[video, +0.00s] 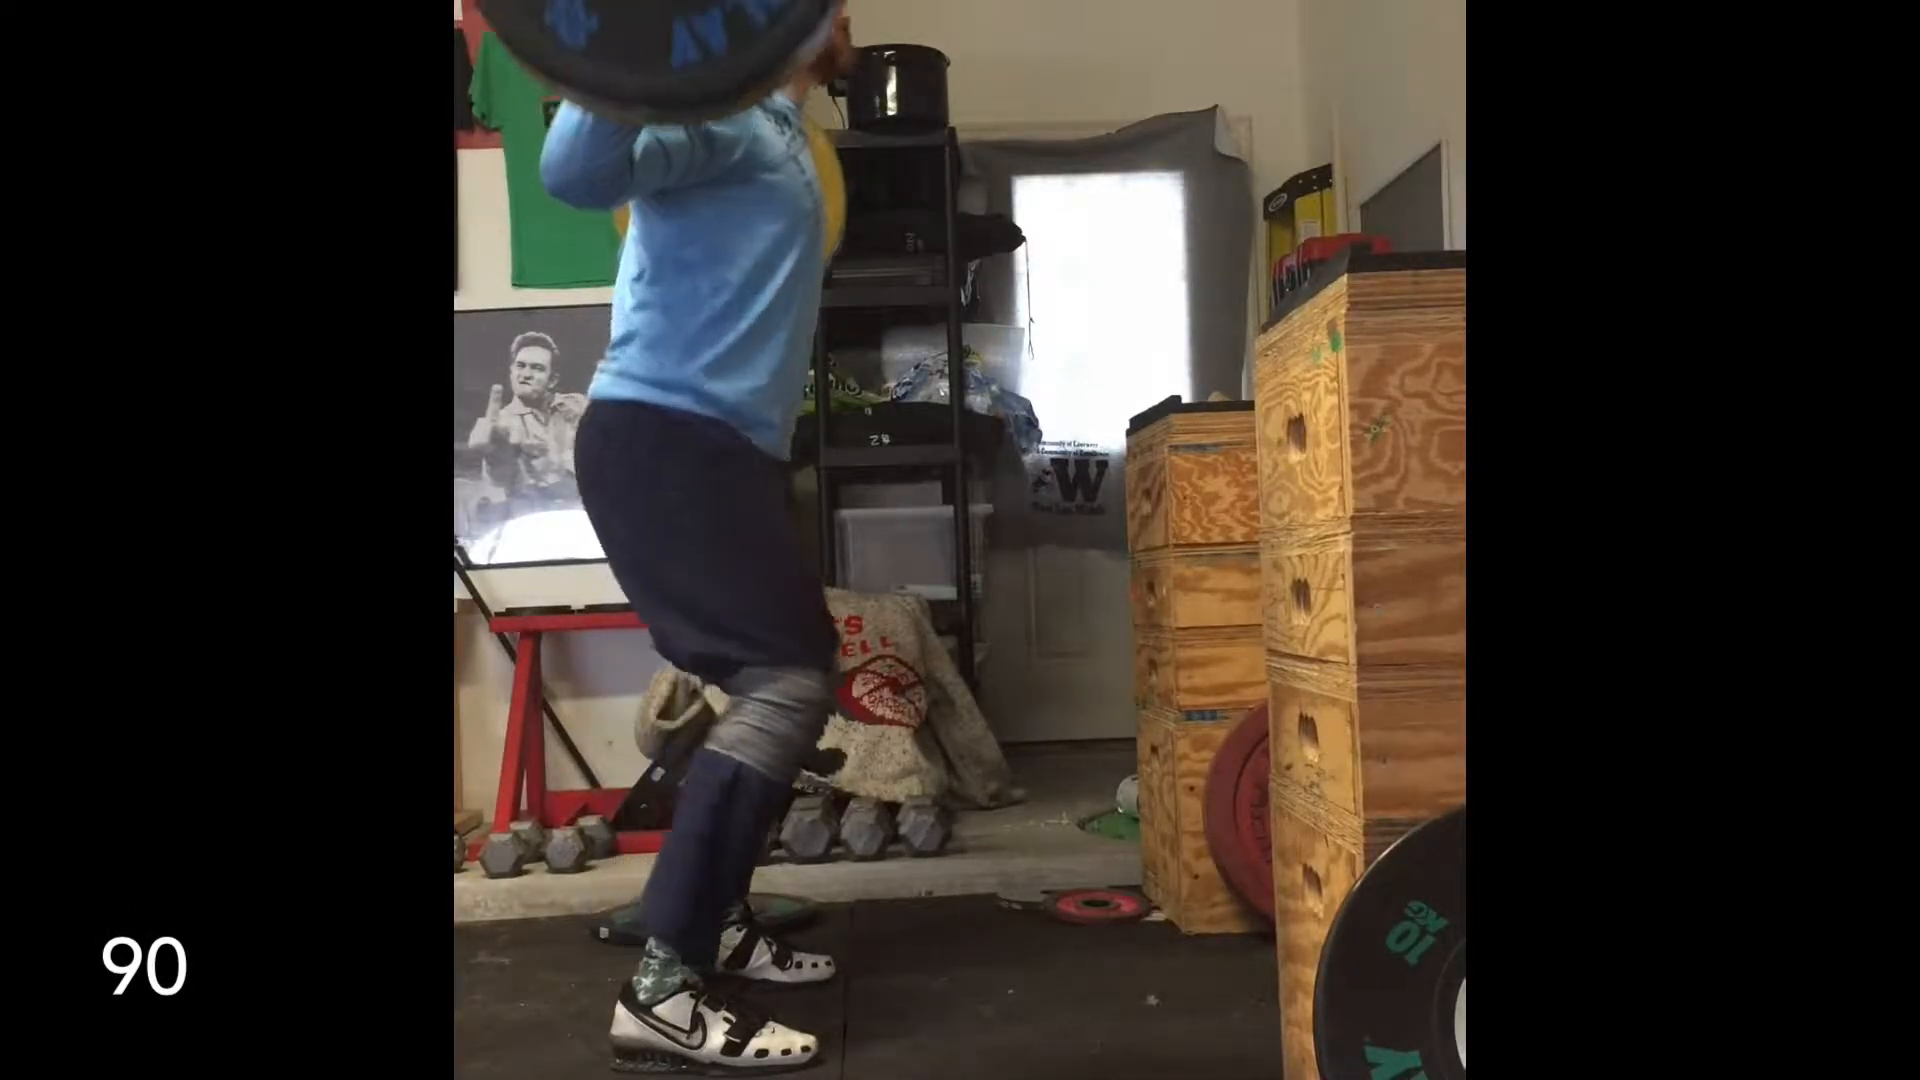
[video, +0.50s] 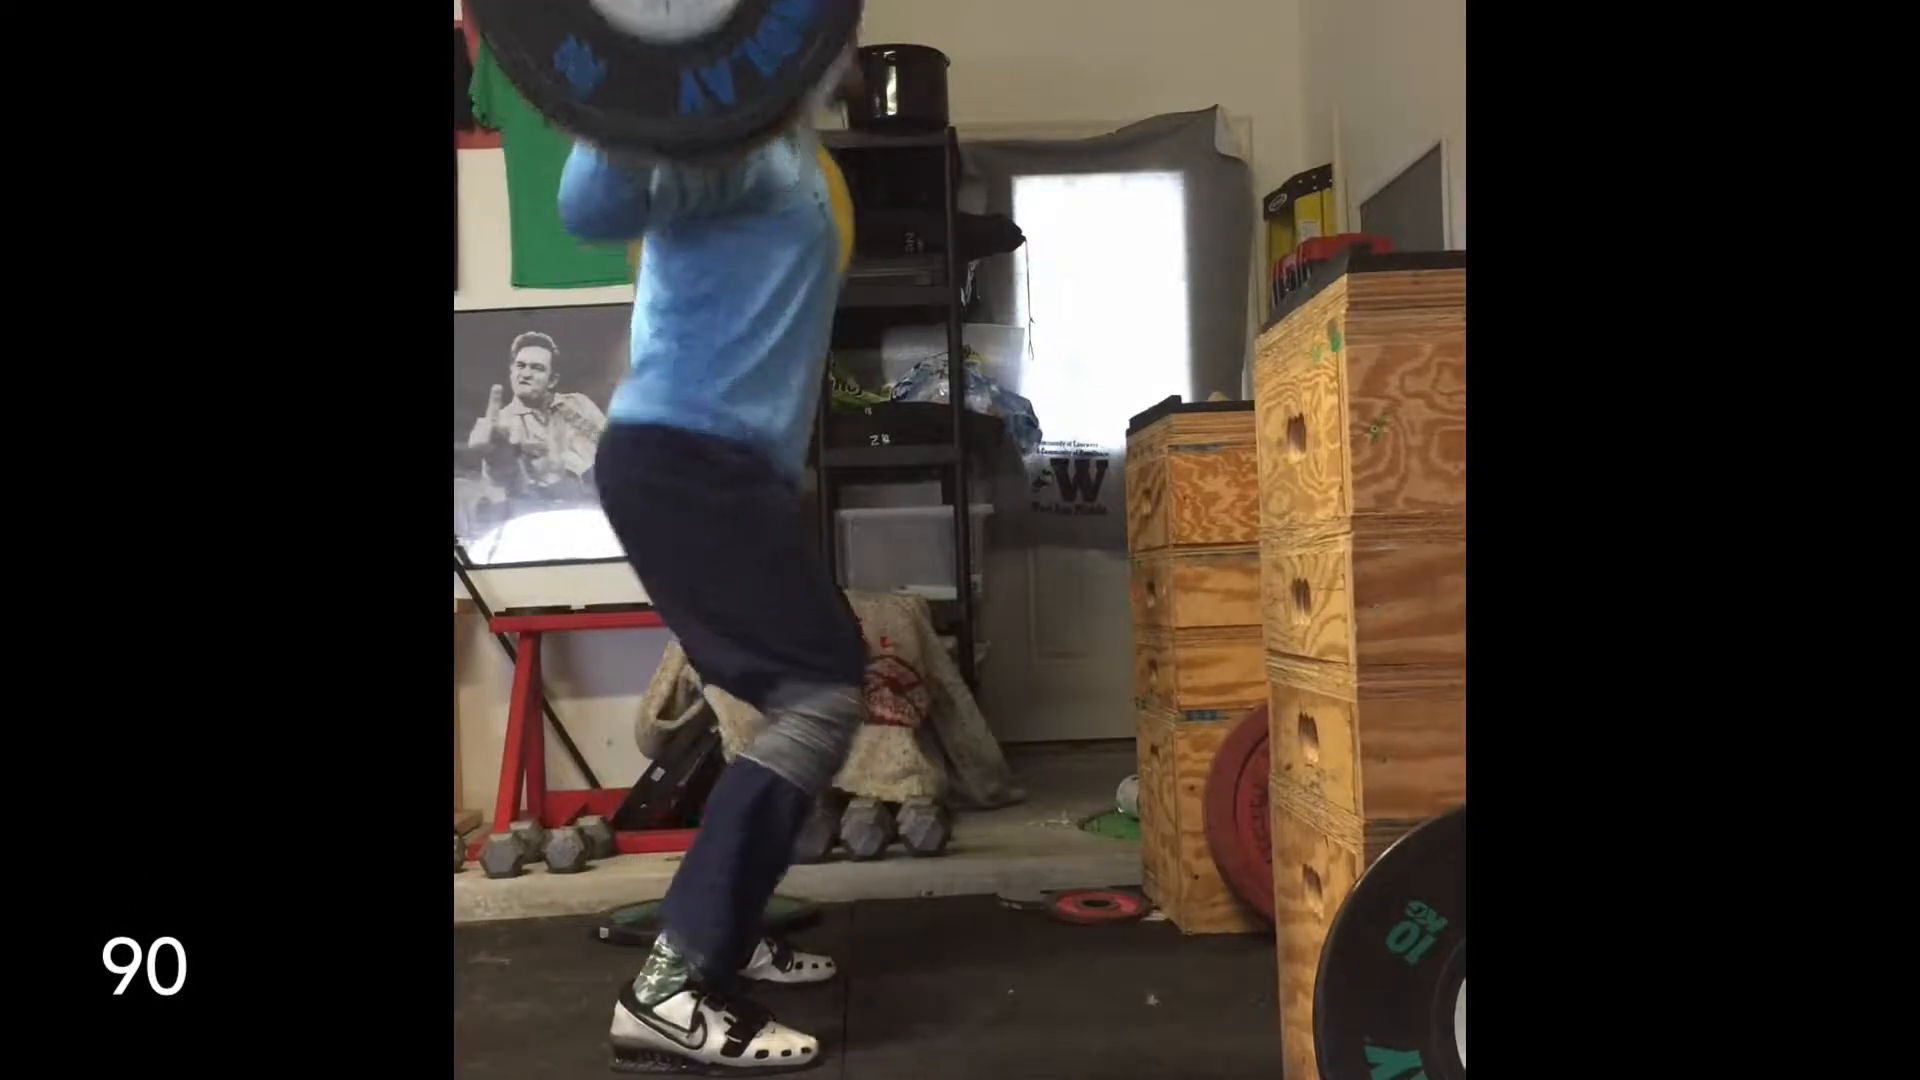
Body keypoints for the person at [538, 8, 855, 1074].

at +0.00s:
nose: (845, 32)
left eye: (842, 18)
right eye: (832, 16)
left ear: (799, 36)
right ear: (788, 24)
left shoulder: (790, 129)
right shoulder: (720, 118)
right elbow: (573, 171)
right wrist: (631, 38)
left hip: (721, 442)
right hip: (665, 436)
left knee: (776, 677)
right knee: (785, 681)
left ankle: (711, 915)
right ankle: (665, 978)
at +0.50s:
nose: (841, 65)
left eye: (839, 48)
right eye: (826, 50)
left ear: (803, 65)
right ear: (778, 60)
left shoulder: (806, 160)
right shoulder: (736, 150)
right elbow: (587, 207)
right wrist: (638, 82)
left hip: (734, 458)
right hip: (683, 456)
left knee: (815, 684)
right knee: (816, 693)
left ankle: (728, 921)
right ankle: (673, 979)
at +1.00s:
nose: (872, 226)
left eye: (876, 206)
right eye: (863, 200)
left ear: (822, 194)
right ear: (799, 179)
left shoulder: (810, 295)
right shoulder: (726, 246)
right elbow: (711, 104)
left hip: (695, 568)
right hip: (616, 559)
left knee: (833, 694)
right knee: (816, 716)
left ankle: (736, 922)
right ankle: (666, 984)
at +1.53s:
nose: (904, 365)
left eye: (904, 346)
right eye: (891, 343)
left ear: (842, 342)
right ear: (831, 335)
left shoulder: (839, 449)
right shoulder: (754, 404)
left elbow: (765, 622)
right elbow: (750, 272)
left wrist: (849, 682)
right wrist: (738, 128)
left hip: (712, 701)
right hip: (627, 704)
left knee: (870, 725)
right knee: (851, 753)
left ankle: (748, 928)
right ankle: (678, 988)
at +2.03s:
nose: (905, 442)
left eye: (906, 422)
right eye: (892, 419)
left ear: (840, 414)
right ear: (832, 409)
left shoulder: (838, 521)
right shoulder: (758, 480)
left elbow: (762, 665)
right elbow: (757, 350)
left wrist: (840, 693)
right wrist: (738, 190)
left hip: (695, 774)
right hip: (619, 785)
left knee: (870, 718)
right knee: (858, 758)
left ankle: (746, 935)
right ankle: (676, 991)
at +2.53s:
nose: (904, 451)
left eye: (903, 429)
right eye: (890, 427)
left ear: (837, 428)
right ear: (827, 423)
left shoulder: (840, 534)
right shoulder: (755, 497)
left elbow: (778, 680)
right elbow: (755, 370)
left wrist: (852, 699)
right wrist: (745, 217)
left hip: (699, 788)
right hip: (620, 799)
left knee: (869, 717)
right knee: (861, 758)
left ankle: (748, 929)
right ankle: (677, 990)